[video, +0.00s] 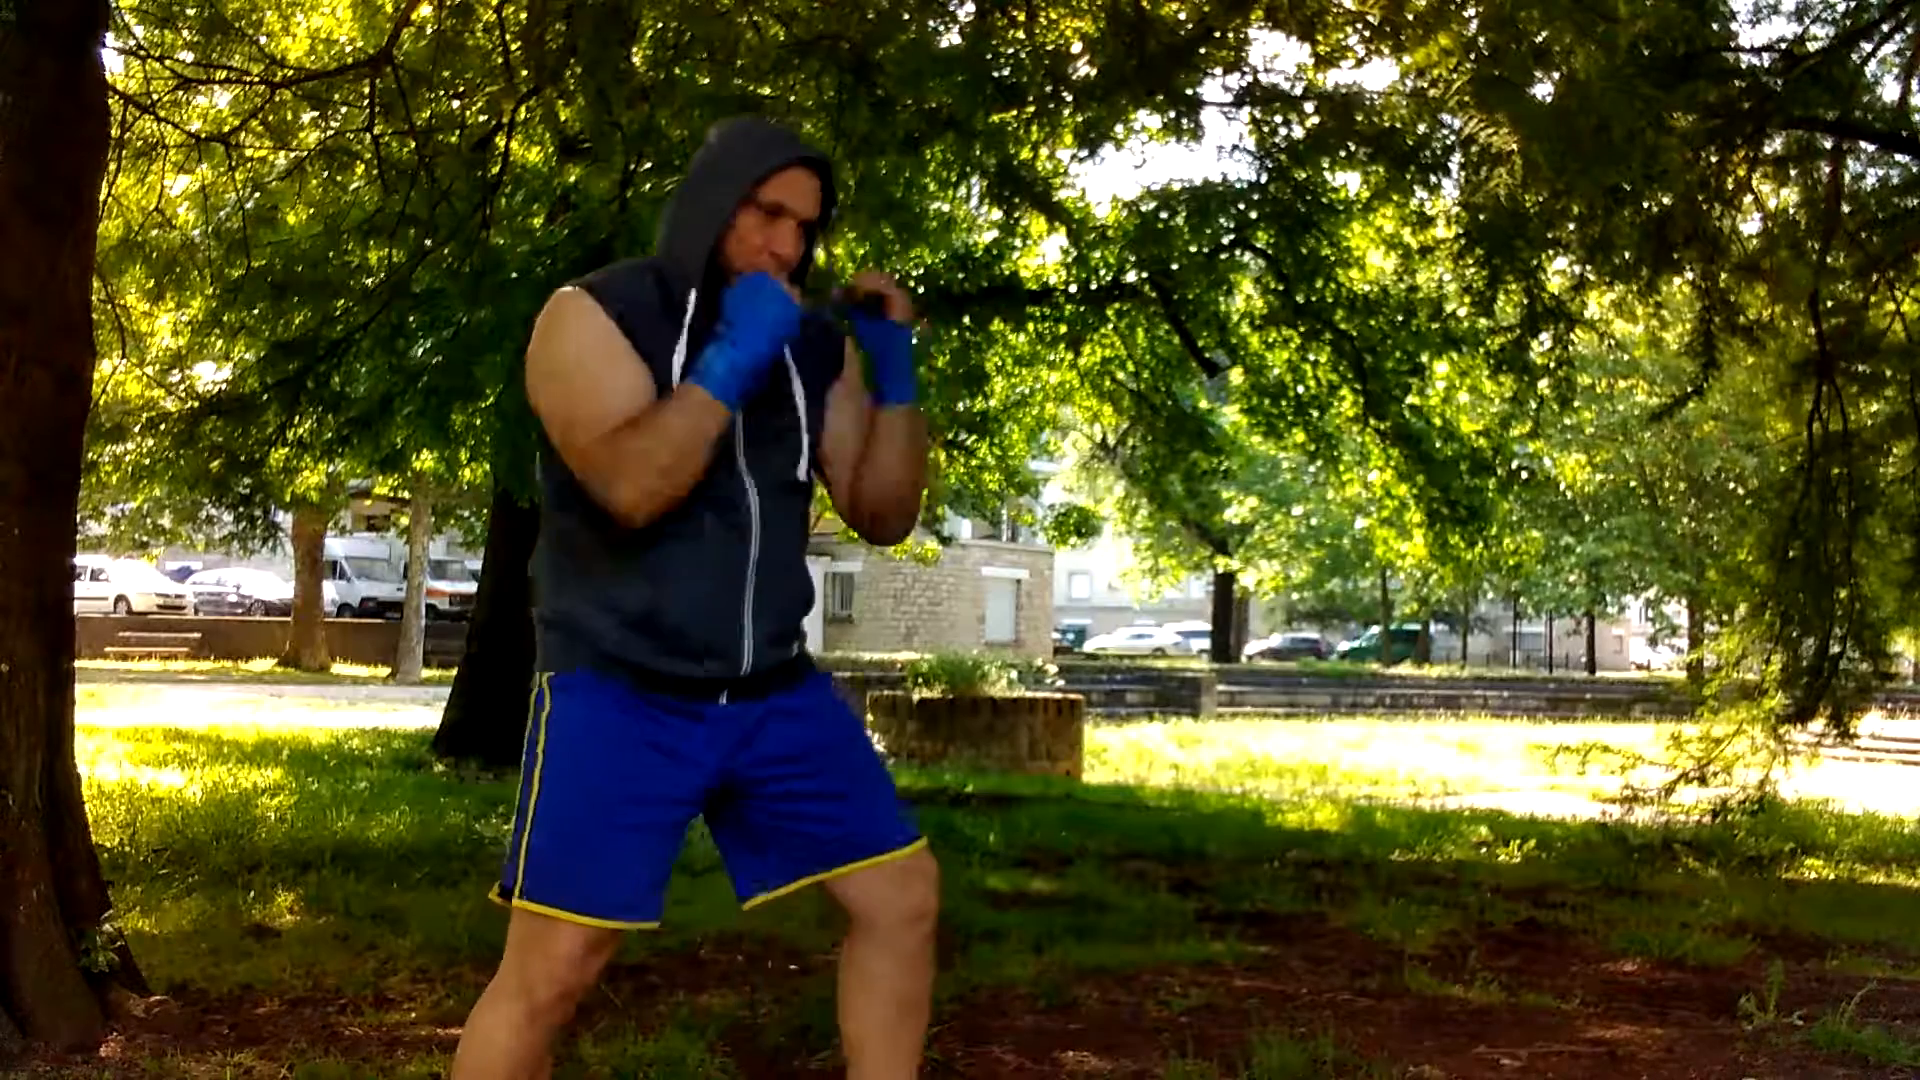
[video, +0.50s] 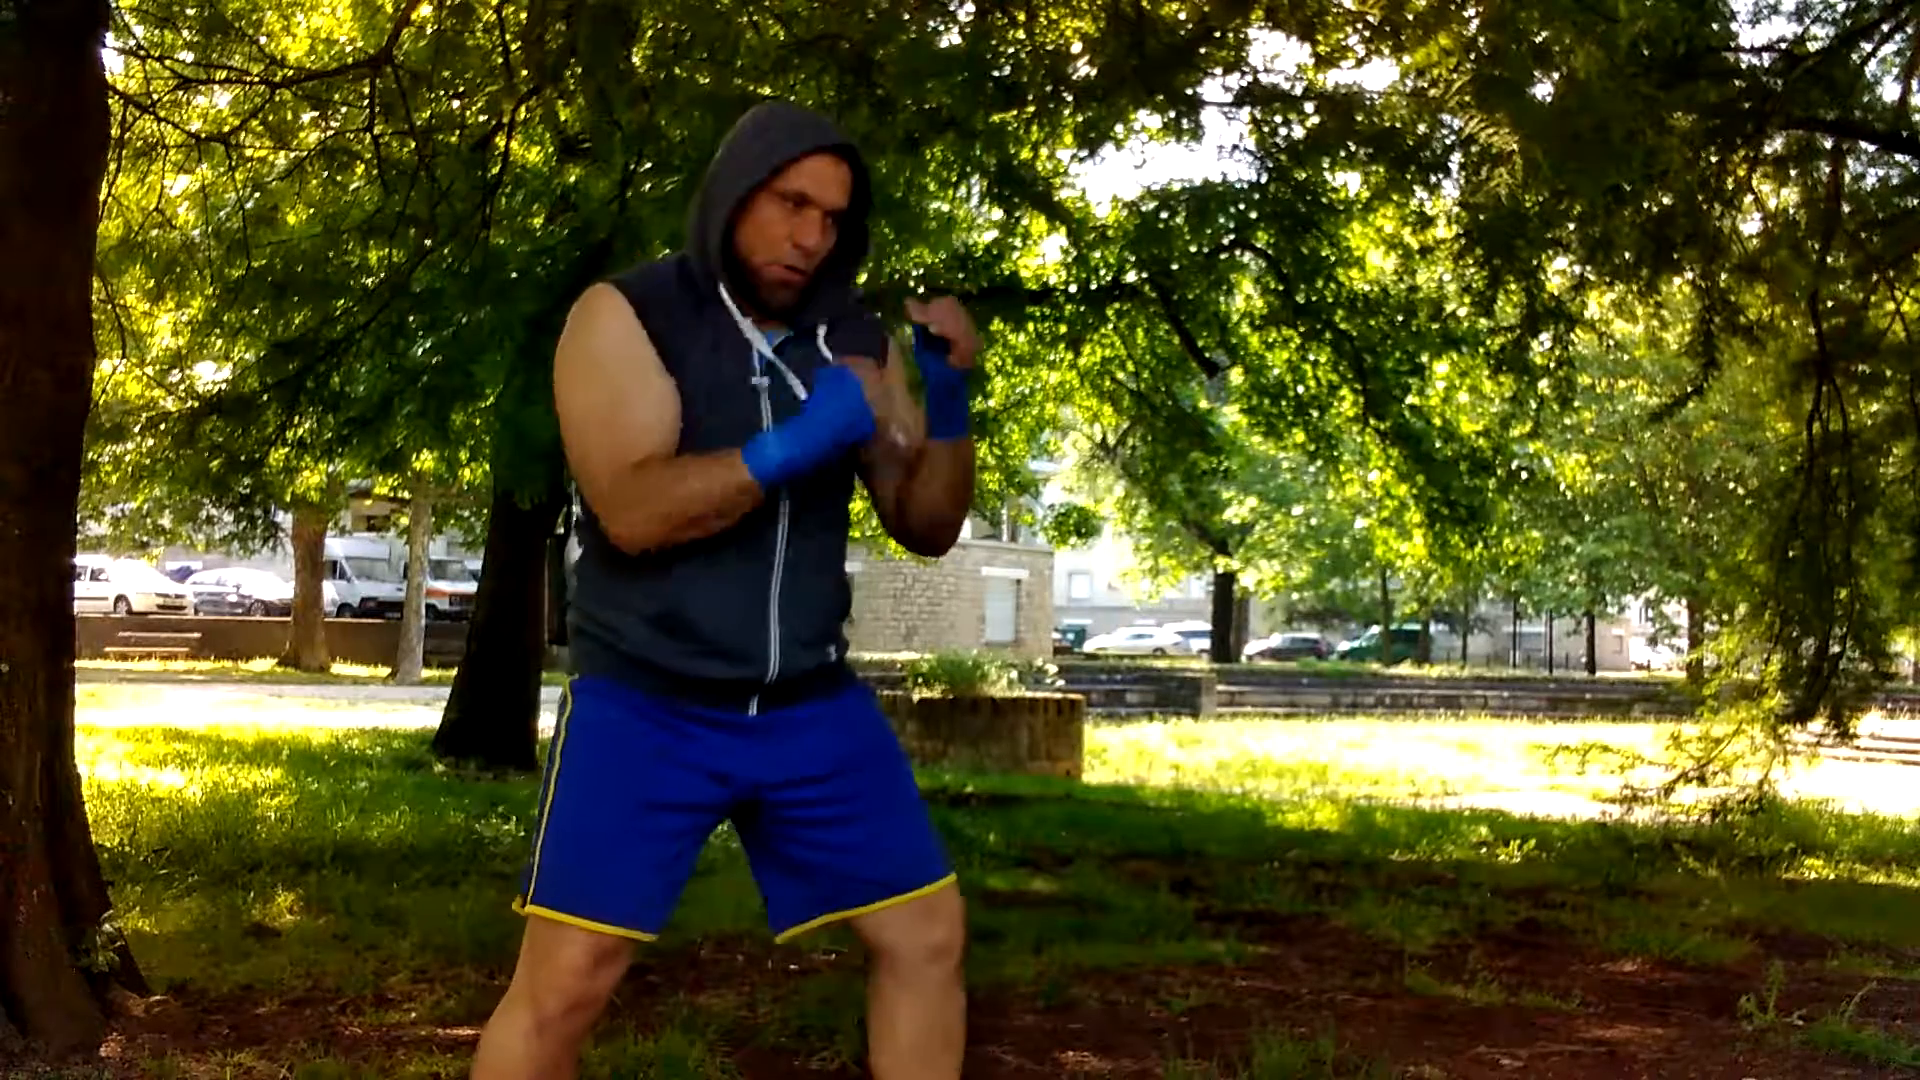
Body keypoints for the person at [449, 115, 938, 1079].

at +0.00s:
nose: (788, 247)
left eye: (804, 228)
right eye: (768, 217)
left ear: (813, 240)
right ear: (707, 207)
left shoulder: (811, 345)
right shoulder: (588, 319)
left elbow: (883, 514)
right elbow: (631, 485)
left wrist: (895, 361)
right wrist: (737, 353)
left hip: (780, 694)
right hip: (618, 698)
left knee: (900, 896)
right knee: (550, 970)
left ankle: (881, 1075)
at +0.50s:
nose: (813, 236)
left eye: (832, 217)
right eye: (793, 205)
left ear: (844, 230)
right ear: (731, 196)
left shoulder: (847, 333)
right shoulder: (620, 316)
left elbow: (927, 527)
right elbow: (633, 510)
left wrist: (953, 391)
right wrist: (804, 436)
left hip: (815, 705)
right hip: (644, 707)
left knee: (925, 935)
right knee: (563, 986)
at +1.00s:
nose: (844, 233)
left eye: (859, 212)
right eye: (820, 202)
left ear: (873, 229)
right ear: (757, 202)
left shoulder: (874, 352)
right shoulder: (636, 316)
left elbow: (915, 553)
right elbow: (631, 520)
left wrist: (947, 445)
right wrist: (820, 443)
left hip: (823, 720)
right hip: (647, 722)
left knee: (951, 945)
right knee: (550, 998)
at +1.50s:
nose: (912, 228)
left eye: (928, 208)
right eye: (890, 196)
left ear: (936, 223)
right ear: (824, 190)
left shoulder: (900, 340)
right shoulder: (695, 288)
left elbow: (940, 544)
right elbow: (714, 484)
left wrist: (999, 396)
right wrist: (894, 374)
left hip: (831, 706)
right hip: (662, 705)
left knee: (930, 953)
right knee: (566, 992)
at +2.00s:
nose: (535, 268)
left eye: (562, 239)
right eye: (509, 236)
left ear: (600, 237)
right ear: (467, 237)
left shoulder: (676, 309)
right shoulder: (424, 359)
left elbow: (889, 375)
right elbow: (430, 563)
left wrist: (726, 253)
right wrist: (549, 418)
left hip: (716, 713)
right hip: (532, 722)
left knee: (810, 991)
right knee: (475, 988)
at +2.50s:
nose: (774, 241)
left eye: (791, 221)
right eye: (750, 213)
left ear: (805, 223)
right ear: (686, 209)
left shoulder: (794, 328)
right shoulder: (586, 271)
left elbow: (862, 511)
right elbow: (785, 287)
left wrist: (856, 318)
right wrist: (998, 200)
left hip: (766, 708)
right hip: (594, 705)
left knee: (864, 957)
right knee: (540, 996)